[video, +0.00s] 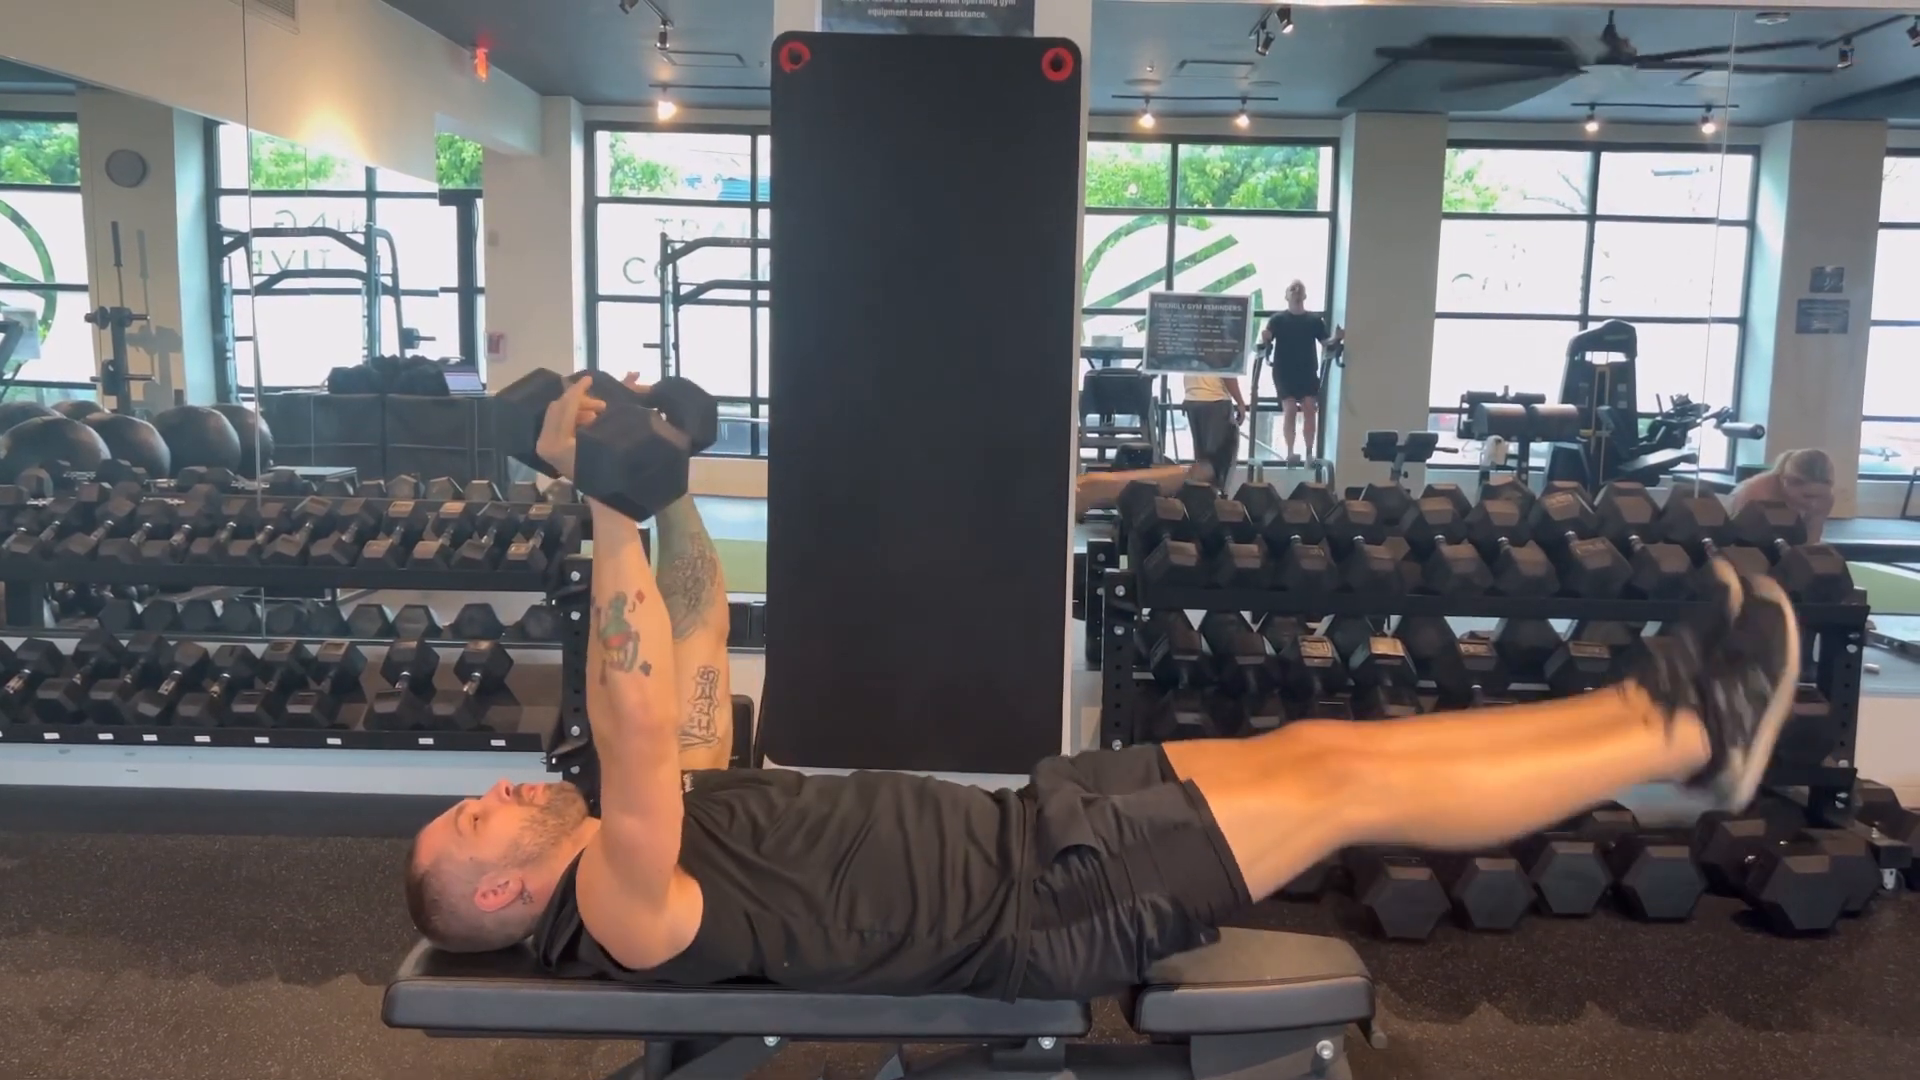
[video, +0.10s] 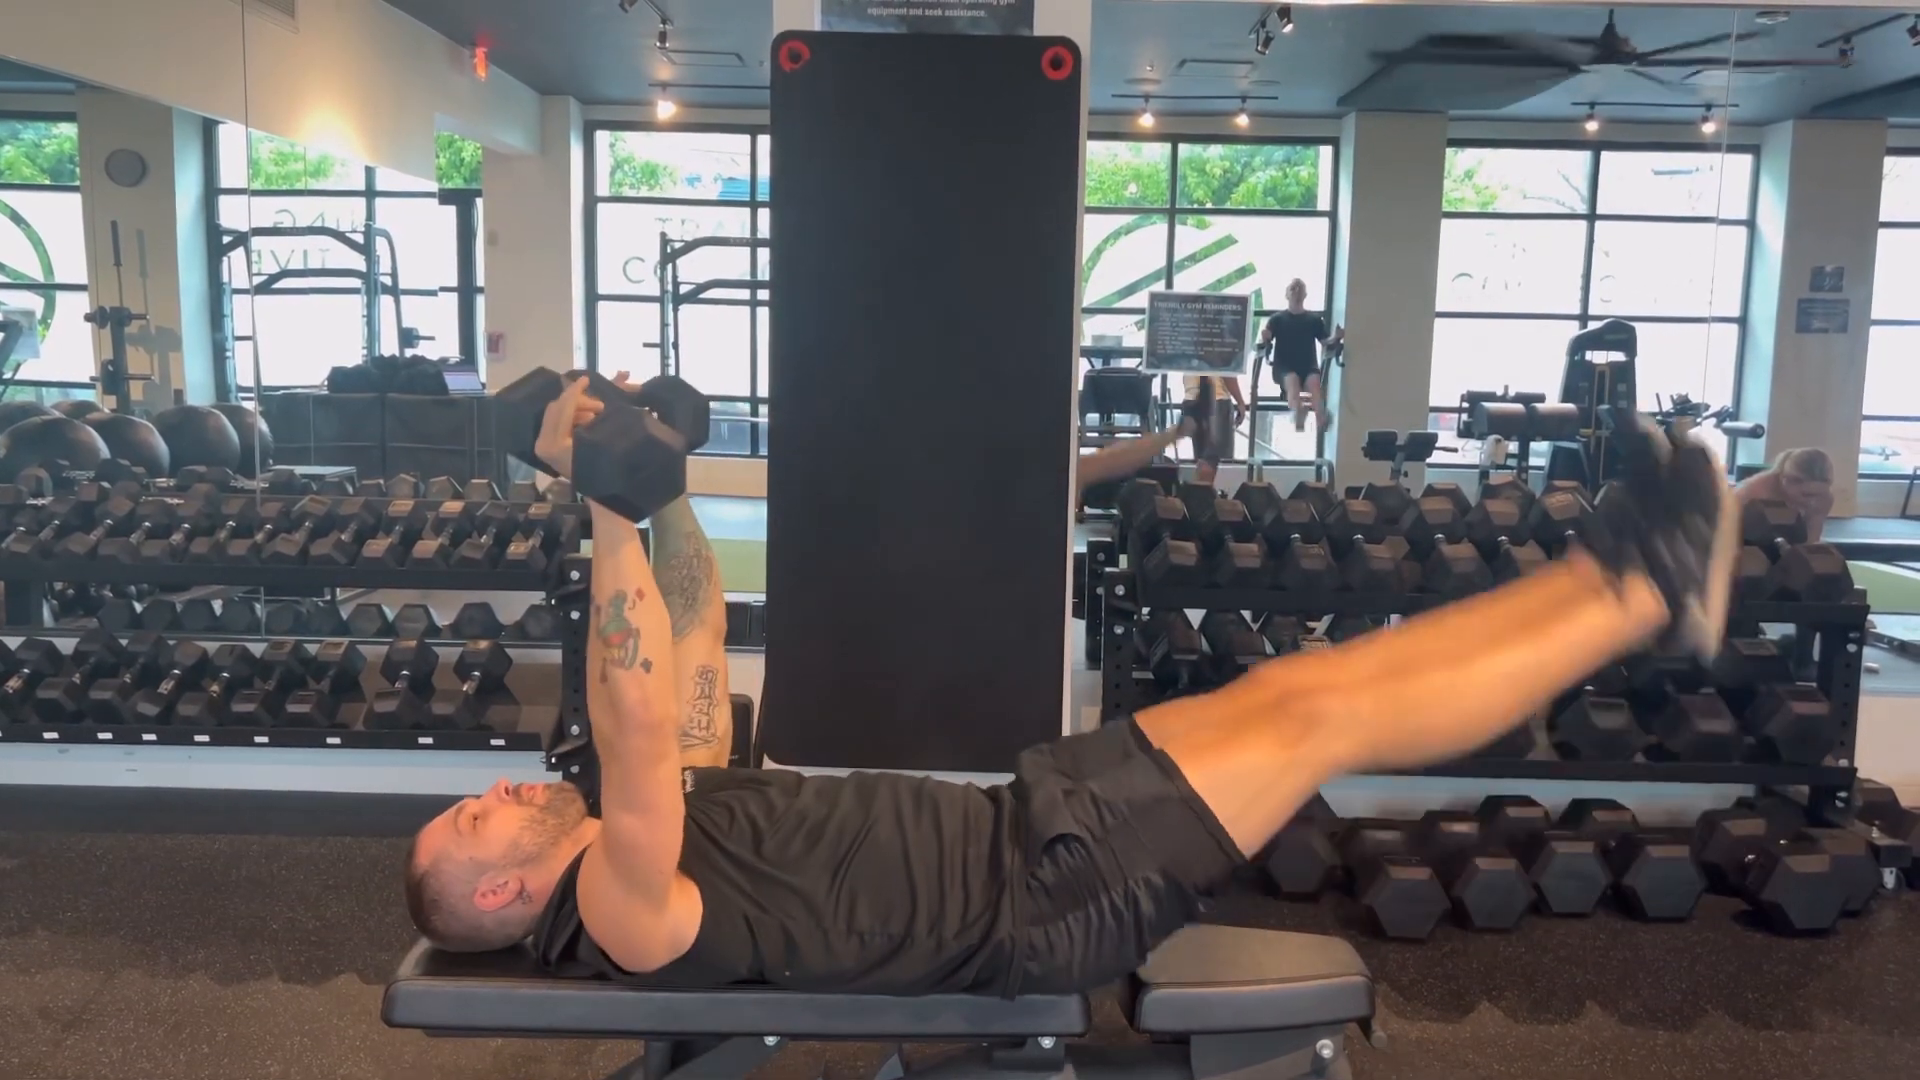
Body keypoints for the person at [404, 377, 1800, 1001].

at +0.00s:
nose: (503, 799)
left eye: (481, 805)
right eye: (484, 834)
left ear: (536, 844)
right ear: (520, 906)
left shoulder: (653, 823)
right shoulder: (628, 899)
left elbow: (698, 656)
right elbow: (631, 688)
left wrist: (651, 494)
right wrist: (613, 508)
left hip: (1043, 813)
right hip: (1050, 895)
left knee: (1333, 746)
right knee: (1346, 774)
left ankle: (1668, 708)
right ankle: (1686, 731)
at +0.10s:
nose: (503, 797)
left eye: (483, 804)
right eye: (482, 832)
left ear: (537, 844)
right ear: (519, 908)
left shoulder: (651, 836)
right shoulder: (631, 906)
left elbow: (695, 659)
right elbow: (630, 706)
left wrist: (658, 494)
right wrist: (609, 513)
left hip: (1032, 806)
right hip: (1041, 884)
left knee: (1302, 686)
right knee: (1313, 713)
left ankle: (1609, 570)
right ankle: (1642, 593)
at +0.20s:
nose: (490, 794)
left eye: (474, 808)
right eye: (474, 833)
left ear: (524, 832)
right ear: (507, 893)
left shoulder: (636, 828)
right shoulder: (625, 907)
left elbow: (686, 646)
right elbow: (628, 690)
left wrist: (634, 472)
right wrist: (620, 504)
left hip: (1005, 821)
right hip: (1032, 889)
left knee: (1249, 631)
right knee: (1259, 650)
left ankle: (1504, 446)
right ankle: (1543, 454)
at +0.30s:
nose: (488, 785)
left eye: (469, 795)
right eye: (469, 822)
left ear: (511, 811)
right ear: (506, 888)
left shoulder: (644, 828)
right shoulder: (624, 904)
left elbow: (691, 645)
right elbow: (632, 700)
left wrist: (645, 485)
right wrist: (604, 508)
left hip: (990, 818)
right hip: (1023, 889)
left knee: (1160, 589)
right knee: (1183, 603)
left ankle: (1365, 323)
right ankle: (1401, 318)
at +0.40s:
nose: (492, 791)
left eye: (466, 801)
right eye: (467, 823)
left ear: (509, 840)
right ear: (499, 893)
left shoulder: (646, 833)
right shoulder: (620, 907)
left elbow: (691, 643)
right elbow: (630, 724)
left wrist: (647, 482)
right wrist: (607, 500)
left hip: (979, 842)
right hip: (1013, 897)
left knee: (1084, 556)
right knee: (1101, 565)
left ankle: (1214, 246)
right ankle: (1221, 242)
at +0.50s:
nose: (481, 790)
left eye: (453, 801)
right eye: (457, 819)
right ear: (489, 893)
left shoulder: (628, 841)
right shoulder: (611, 897)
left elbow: (685, 630)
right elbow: (621, 697)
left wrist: (651, 475)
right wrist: (599, 494)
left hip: (964, 839)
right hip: (991, 888)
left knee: (1016, 547)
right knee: (1013, 550)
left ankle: (1061, 206)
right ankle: (1064, 201)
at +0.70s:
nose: (472, 786)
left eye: (438, 800)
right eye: (445, 816)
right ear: (479, 892)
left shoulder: (604, 845)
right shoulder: (599, 901)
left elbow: (681, 622)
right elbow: (615, 701)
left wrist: (647, 476)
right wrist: (590, 500)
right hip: (966, 855)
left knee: (902, 524)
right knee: (895, 528)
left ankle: (846, 172)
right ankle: (845, 167)